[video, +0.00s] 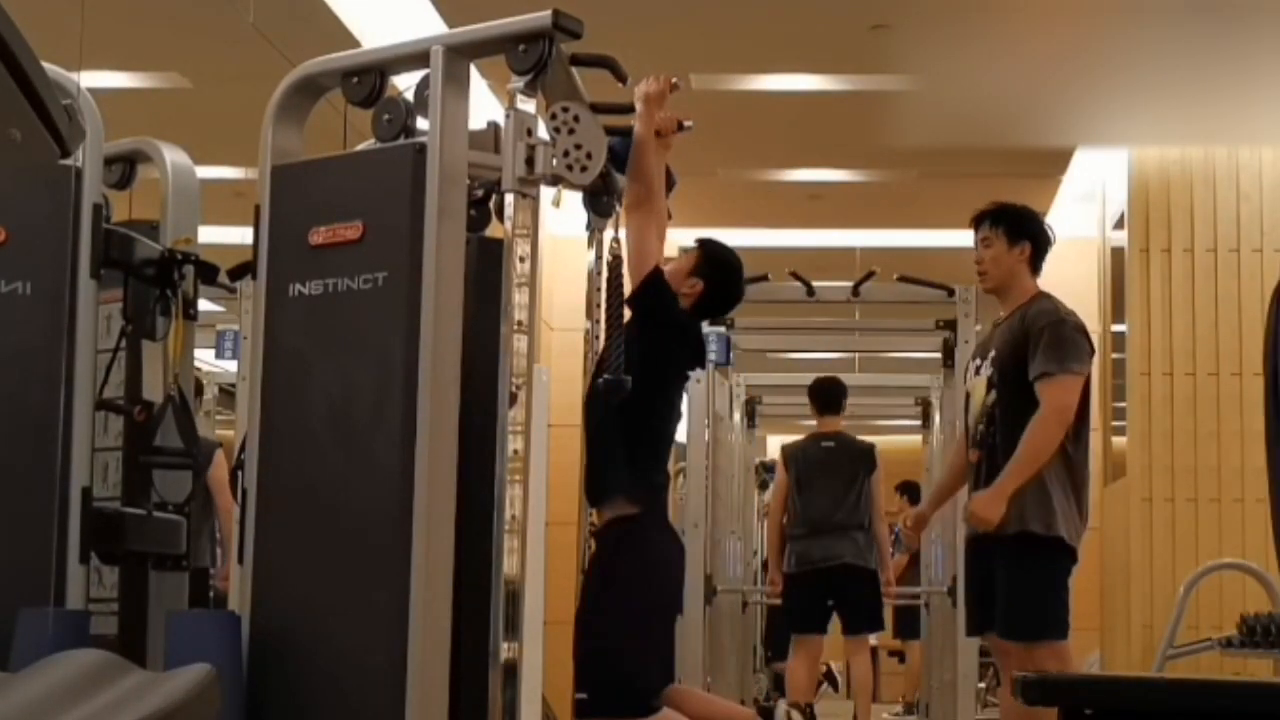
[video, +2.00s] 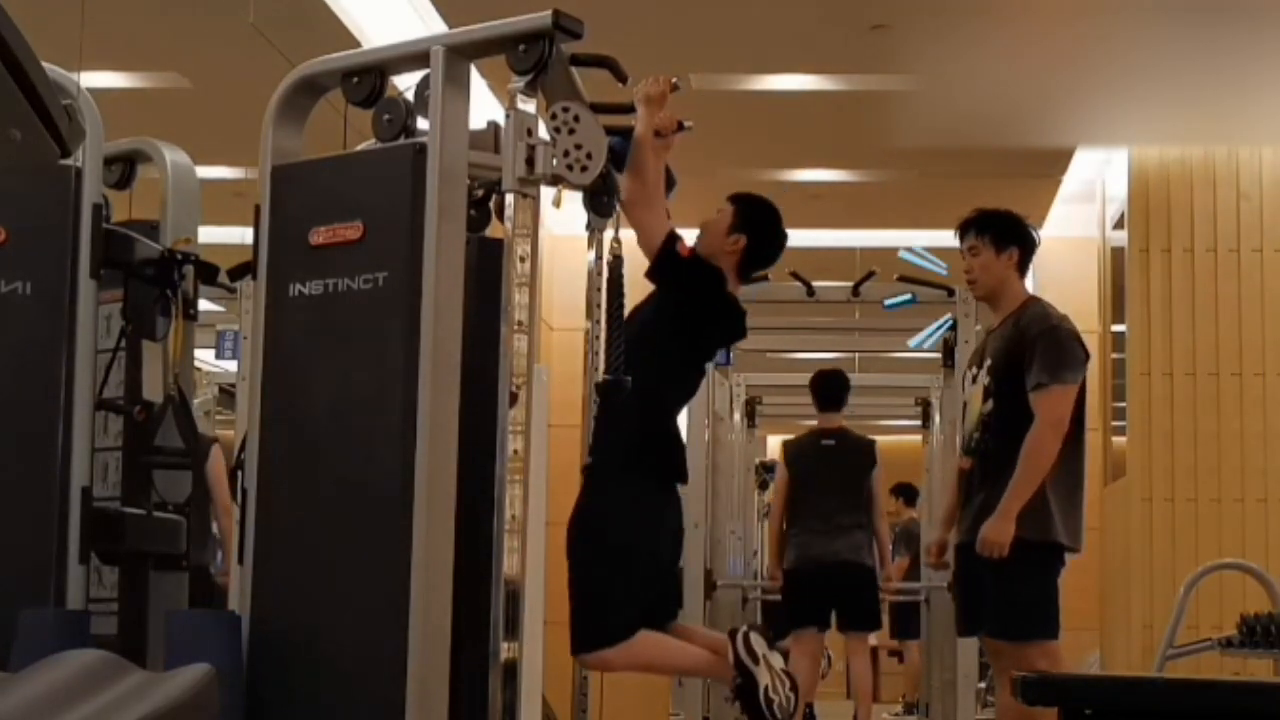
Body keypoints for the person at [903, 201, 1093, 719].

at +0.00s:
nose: (977, 257)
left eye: (988, 246)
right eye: (976, 247)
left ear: (1024, 252)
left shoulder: (1053, 322)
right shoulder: (990, 339)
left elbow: (1059, 412)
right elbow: (974, 440)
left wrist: (1000, 490)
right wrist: (928, 507)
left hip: (1038, 519)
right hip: (995, 518)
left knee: (1046, 662)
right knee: (1008, 656)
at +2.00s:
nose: (966, 267)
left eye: (975, 253)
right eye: (964, 256)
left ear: (1012, 257)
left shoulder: (1047, 330)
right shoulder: (994, 340)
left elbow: (1051, 428)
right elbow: (974, 445)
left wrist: (1005, 514)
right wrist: (947, 524)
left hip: (1029, 529)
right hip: (992, 529)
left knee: (1037, 673)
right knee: (1004, 667)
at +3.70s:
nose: (972, 258)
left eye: (984, 245)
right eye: (971, 247)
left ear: (1020, 251)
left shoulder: (1049, 327)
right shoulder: (993, 339)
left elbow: (1057, 427)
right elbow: (974, 440)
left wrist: (1019, 512)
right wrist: (936, 518)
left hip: (1033, 528)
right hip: (991, 528)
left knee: (1042, 673)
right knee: (1006, 667)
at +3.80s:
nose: (972, 260)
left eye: (984, 247)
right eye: (971, 250)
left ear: (1020, 252)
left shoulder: (1050, 328)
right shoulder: (995, 340)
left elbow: (1057, 428)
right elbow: (975, 441)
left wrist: (1018, 513)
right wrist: (938, 519)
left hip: (1034, 529)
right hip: (992, 528)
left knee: (1043, 670)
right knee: (1005, 664)